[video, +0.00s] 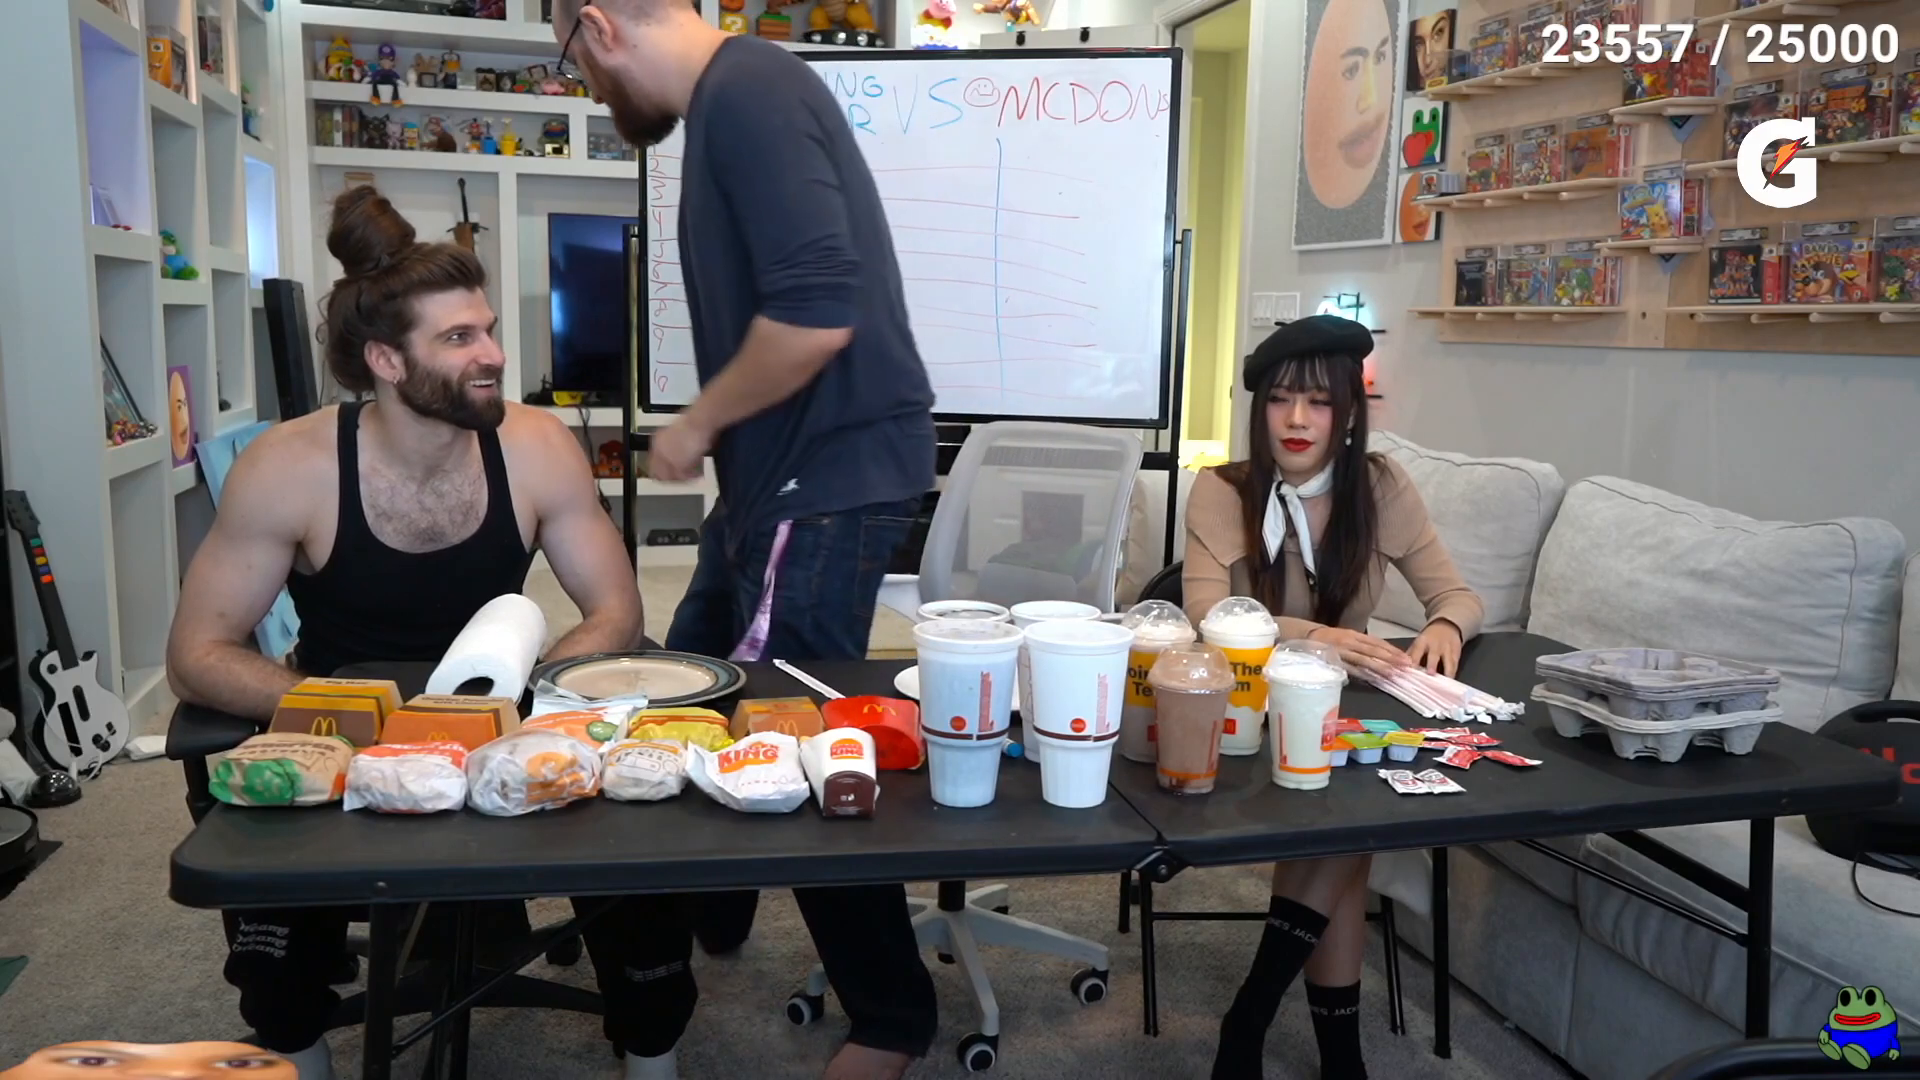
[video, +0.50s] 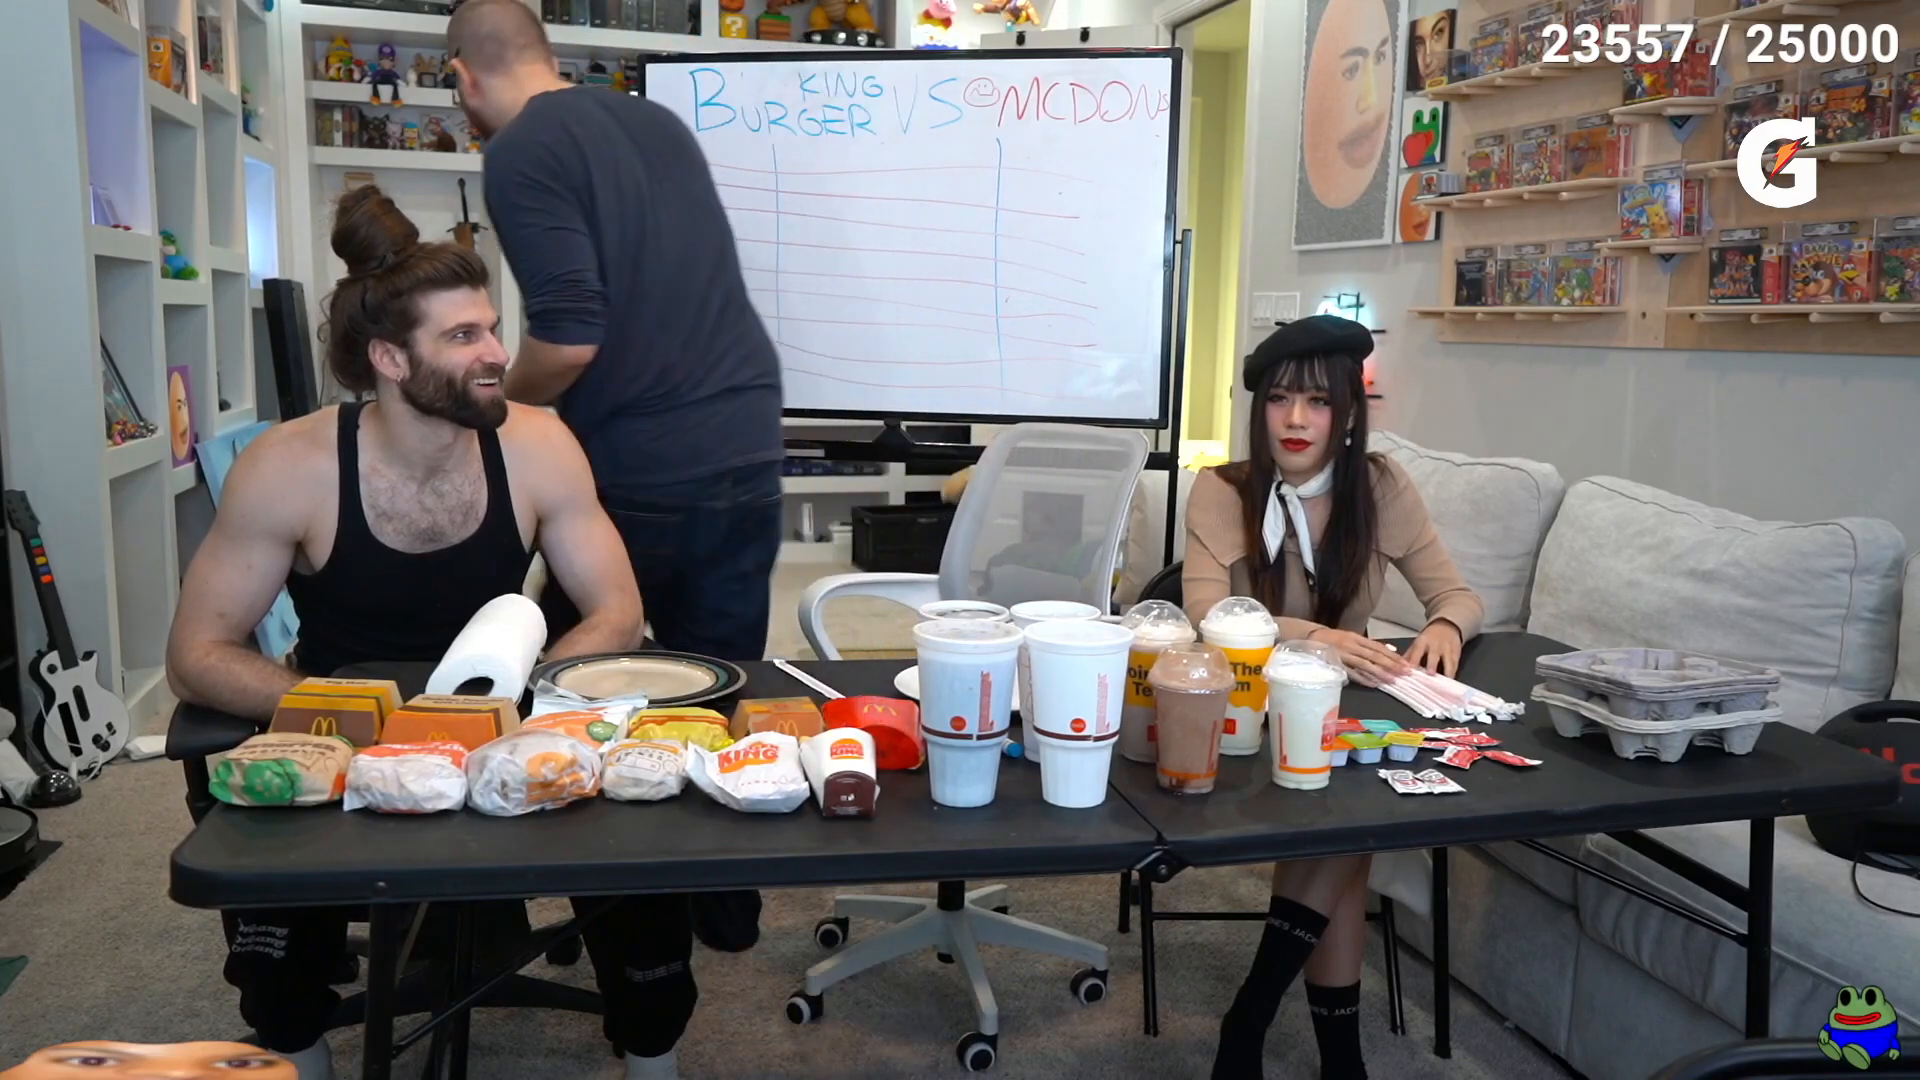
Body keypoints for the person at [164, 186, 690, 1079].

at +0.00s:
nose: (491, 354)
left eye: (490, 332)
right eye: (458, 338)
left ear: (497, 329)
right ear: (385, 364)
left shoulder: (538, 449)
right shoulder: (289, 466)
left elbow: (618, 616)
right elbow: (197, 653)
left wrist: (527, 684)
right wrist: (343, 708)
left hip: (508, 746)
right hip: (338, 756)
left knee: (639, 849)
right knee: (272, 886)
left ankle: (654, 1058)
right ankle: (299, 1060)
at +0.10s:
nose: (491, 354)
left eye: (491, 332)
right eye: (458, 338)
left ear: (498, 330)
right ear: (385, 362)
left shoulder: (538, 449)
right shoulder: (289, 466)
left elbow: (617, 616)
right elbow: (197, 653)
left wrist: (524, 684)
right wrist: (343, 708)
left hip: (510, 746)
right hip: (339, 756)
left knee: (639, 848)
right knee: (271, 882)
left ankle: (652, 1058)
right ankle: (299, 1060)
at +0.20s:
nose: (491, 354)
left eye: (491, 332)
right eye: (459, 338)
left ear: (498, 331)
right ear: (385, 363)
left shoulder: (537, 448)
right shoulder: (289, 466)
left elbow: (618, 616)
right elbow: (197, 654)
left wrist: (523, 685)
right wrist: (343, 709)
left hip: (509, 747)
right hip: (339, 757)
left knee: (640, 851)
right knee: (272, 884)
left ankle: (652, 1059)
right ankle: (300, 1061)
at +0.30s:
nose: (492, 354)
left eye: (491, 331)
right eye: (459, 338)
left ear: (498, 330)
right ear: (386, 363)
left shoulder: (537, 448)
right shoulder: (290, 466)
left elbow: (620, 613)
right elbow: (197, 654)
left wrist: (530, 678)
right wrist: (343, 708)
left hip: (508, 745)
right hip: (338, 755)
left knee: (638, 844)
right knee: (271, 877)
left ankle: (652, 1059)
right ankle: (299, 1060)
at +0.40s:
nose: (493, 353)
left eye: (493, 331)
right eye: (461, 337)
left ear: (501, 330)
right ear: (387, 362)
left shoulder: (537, 448)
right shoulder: (290, 466)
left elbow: (619, 613)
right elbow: (197, 654)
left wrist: (526, 685)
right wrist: (345, 709)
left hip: (507, 746)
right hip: (338, 756)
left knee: (638, 850)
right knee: (273, 882)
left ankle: (652, 1060)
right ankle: (299, 1061)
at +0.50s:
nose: (493, 352)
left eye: (493, 330)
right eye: (462, 337)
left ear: (499, 329)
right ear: (389, 361)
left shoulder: (538, 447)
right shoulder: (290, 466)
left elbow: (619, 615)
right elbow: (197, 655)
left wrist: (520, 690)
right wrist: (345, 708)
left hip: (513, 749)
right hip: (340, 758)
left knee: (640, 854)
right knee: (271, 888)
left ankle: (651, 1059)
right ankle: (300, 1063)